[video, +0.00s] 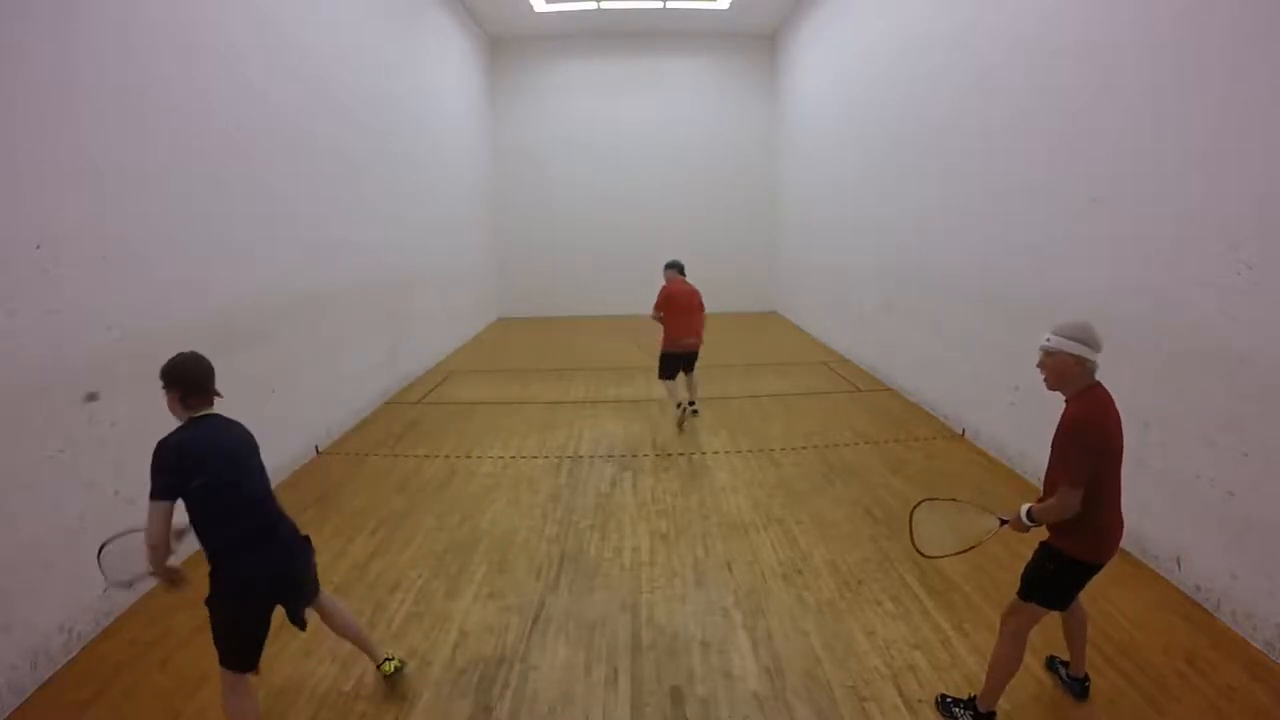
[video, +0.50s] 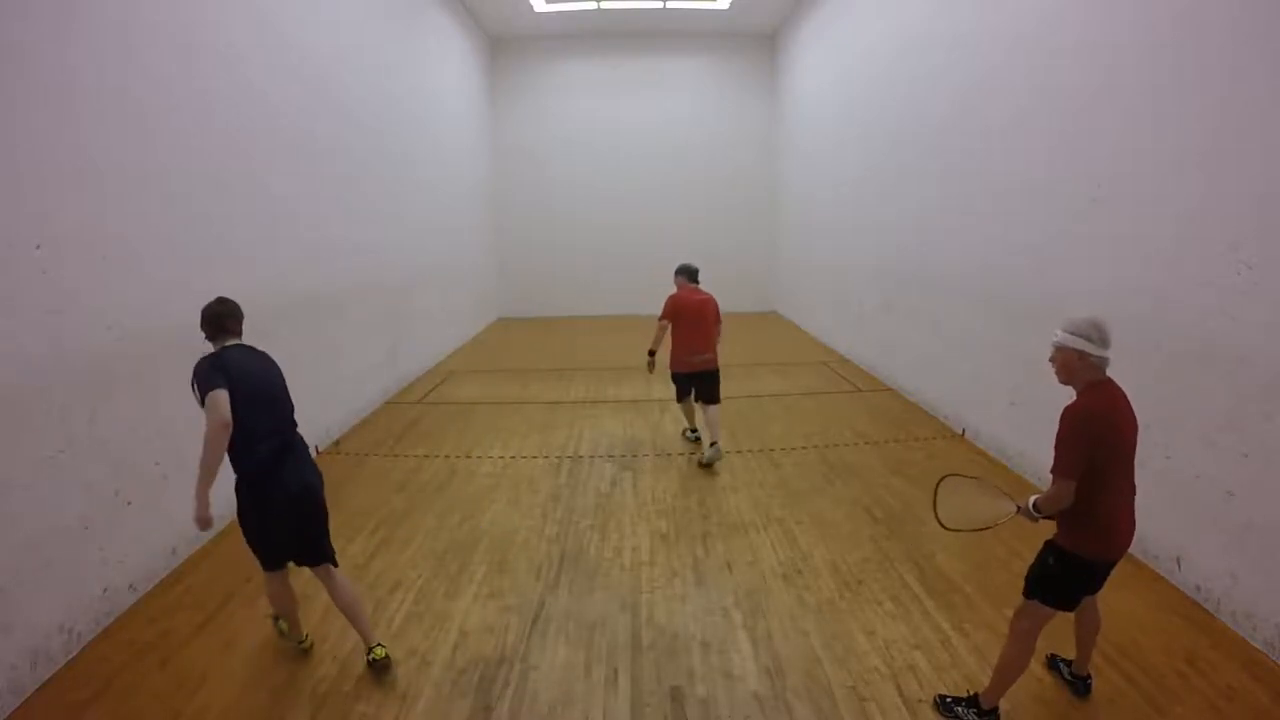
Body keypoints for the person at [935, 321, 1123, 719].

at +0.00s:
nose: (1039, 366)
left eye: (1047, 359)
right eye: (1041, 358)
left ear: (1075, 364)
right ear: (1076, 365)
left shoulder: (1081, 418)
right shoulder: (1096, 402)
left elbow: (1070, 501)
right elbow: (1084, 480)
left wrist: (1027, 516)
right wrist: (1044, 507)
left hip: (1074, 543)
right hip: (1096, 535)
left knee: (1015, 621)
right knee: (1068, 597)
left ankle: (983, 707)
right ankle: (1077, 675)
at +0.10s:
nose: (1041, 363)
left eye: (1050, 356)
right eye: (1044, 355)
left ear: (1080, 363)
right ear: (1081, 363)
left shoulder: (1084, 419)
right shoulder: (1096, 402)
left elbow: (1072, 503)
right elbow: (1082, 478)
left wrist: (1029, 516)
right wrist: (1046, 504)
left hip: (1075, 542)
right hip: (1093, 533)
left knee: (1014, 619)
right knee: (1069, 595)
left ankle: (982, 707)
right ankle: (1082, 670)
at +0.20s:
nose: (1043, 356)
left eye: (1051, 349)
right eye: (1045, 348)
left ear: (1080, 357)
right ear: (1082, 357)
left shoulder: (1083, 411)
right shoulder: (1102, 396)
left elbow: (1068, 497)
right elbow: (1092, 471)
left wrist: (1030, 510)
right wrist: (1050, 497)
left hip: (1078, 536)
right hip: (1103, 529)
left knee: (1020, 618)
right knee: (1085, 593)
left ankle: (982, 703)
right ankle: (1083, 670)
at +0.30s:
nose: (1045, 354)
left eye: (1053, 347)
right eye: (1048, 346)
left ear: (1080, 355)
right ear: (1084, 356)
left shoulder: (1081, 409)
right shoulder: (1107, 394)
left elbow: (1067, 493)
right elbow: (1099, 469)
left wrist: (1035, 506)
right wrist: (1053, 496)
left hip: (1082, 536)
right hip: (1111, 532)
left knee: (1027, 617)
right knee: (1090, 596)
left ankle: (986, 700)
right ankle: (1081, 671)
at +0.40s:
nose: (1049, 359)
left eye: (1057, 352)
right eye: (1052, 351)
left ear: (1082, 360)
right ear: (1086, 360)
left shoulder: (1079, 414)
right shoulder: (1112, 399)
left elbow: (1064, 494)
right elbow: (1099, 473)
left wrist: (1036, 507)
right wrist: (1052, 500)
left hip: (1081, 540)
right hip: (1112, 536)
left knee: (1025, 619)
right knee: (1087, 598)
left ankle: (985, 703)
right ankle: (1081, 672)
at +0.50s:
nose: (1052, 361)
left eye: (1059, 354)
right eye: (1054, 353)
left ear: (1084, 360)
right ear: (1090, 360)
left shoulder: (1079, 415)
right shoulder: (1115, 400)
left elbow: (1062, 494)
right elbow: (1104, 474)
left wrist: (1036, 507)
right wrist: (1055, 503)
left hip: (1081, 541)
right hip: (1112, 536)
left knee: (1026, 621)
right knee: (1087, 598)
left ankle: (985, 704)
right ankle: (1081, 672)